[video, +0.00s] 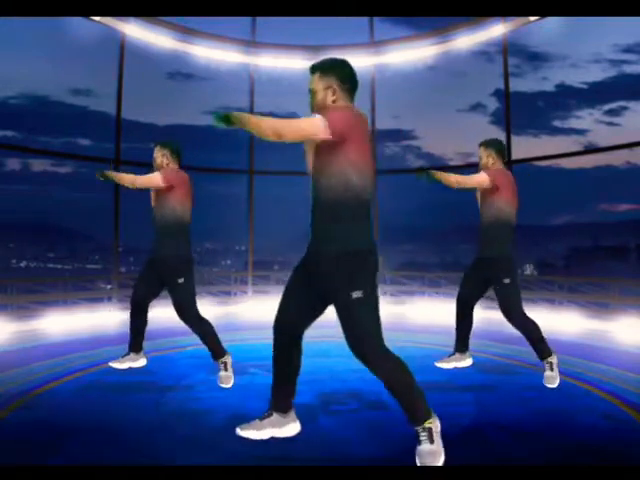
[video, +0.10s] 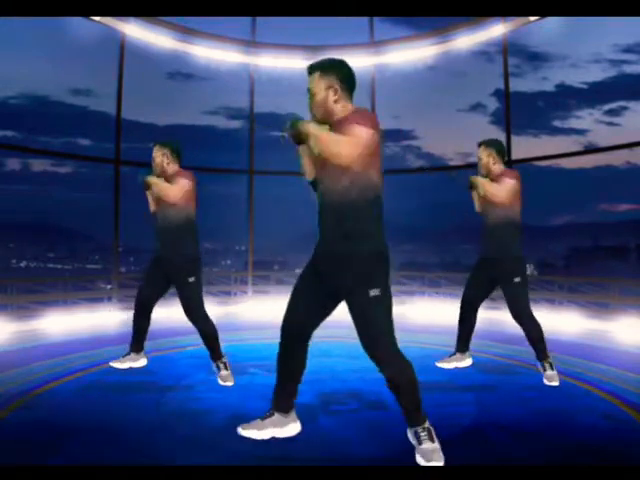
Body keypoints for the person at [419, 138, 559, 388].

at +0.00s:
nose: (480, 162)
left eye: (482, 157)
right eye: (480, 158)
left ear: (492, 156)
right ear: (497, 157)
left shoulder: (496, 176)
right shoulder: (501, 179)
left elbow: (458, 182)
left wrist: (433, 173)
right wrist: (441, 176)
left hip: (499, 258)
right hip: (489, 256)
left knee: (513, 313)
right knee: (464, 300)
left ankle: (548, 359)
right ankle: (461, 354)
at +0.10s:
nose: (480, 164)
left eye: (483, 159)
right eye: (479, 160)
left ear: (495, 158)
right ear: (486, 161)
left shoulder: (511, 178)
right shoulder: (490, 183)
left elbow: (500, 196)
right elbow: (480, 208)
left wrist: (480, 182)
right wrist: (476, 190)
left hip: (510, 259)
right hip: (489, 259)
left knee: (521, 312)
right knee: (469, 302)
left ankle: (546, 363)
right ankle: (461, 353)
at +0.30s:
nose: (487, 168)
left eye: (490, 162)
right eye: (485, 163)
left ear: (505, 160)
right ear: (487, 165)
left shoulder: (526, 181)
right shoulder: (492, 190)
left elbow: (532, 212)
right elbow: (478, 216)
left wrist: (508, 183)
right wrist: (470, 193)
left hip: (524, 261)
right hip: (498, 260)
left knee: (533, 316)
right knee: (473, 304)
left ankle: (548, 365)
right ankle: (462, 354)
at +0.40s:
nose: (490, 167)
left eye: (493, 161)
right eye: (487, 162)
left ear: (507, 159)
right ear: (489, 164)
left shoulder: (530, 181)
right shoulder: (493, 191)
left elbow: (538, 210)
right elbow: (478, 215)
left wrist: (512, 183)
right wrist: (471, 192)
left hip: (525, 261)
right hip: (498, 260)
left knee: (535, 316)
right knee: (475, 305)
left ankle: (548, 365)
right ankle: (462, 354)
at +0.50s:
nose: (490, 168)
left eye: (493, 162)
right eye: (487, 164)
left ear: (508, 160)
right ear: (488, 165)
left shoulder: (530, 182)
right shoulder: (495, 191)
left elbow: (540, 212)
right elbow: (478, 216)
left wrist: (513, 185)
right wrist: (469, 195)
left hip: (526, 262)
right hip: (498, 261)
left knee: (534, 317)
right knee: (473, 305)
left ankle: (548, 364)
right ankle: (462, 354)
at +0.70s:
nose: (479, 160)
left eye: (483, 154)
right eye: (478, 155)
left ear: (499, 154)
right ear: (483, 158)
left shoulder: (521, 177)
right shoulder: (483, 187)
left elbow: (528, 207)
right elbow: (470, 212)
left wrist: (502, 178)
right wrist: (462, 191)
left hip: (518, 259)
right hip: (490, 257)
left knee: (531, 313)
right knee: (460, 295)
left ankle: (547, 364)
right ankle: (452, 345)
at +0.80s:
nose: (470, 154)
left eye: (474, 149)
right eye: (469, 149)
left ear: (489, 150)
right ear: (474, 152)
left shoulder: (512, 174)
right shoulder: (474, 183)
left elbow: (518, 201)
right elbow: (460, 207)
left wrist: (492, 172)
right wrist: (454, 185)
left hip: (510, 252)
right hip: (479, 251)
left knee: (527, 307)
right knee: (453, 298)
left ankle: (540, 357)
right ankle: (444, 342)